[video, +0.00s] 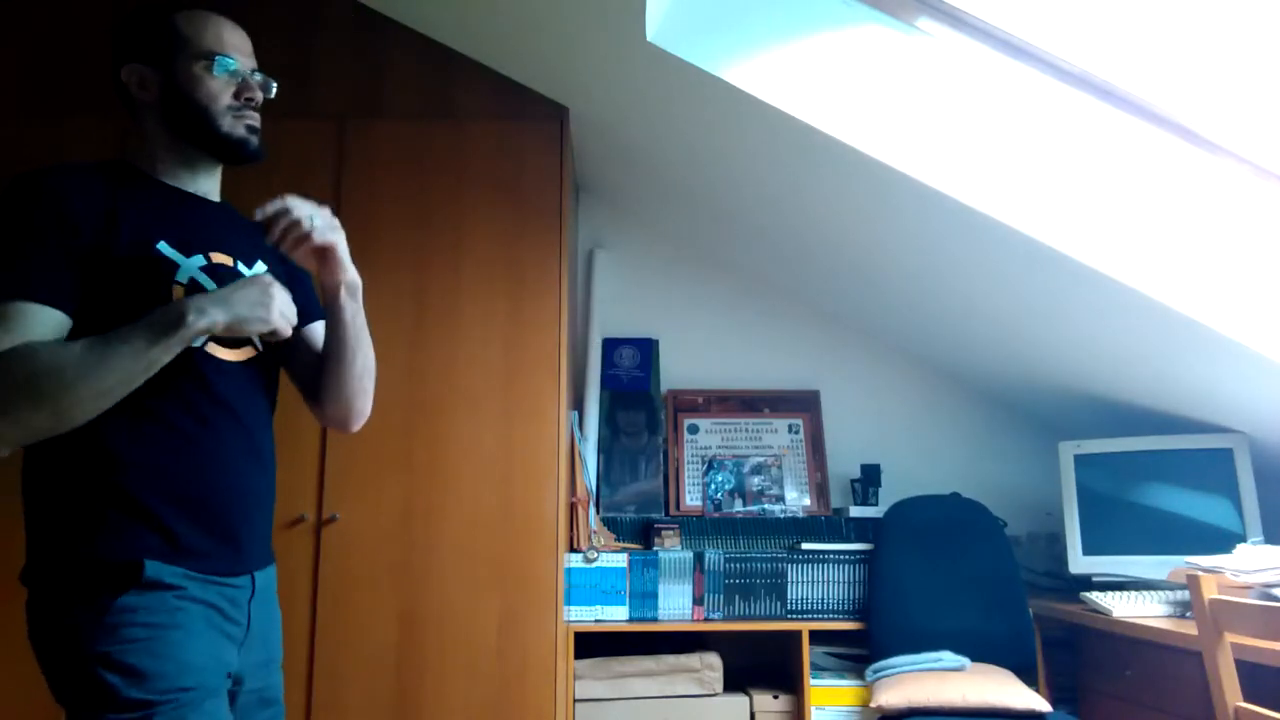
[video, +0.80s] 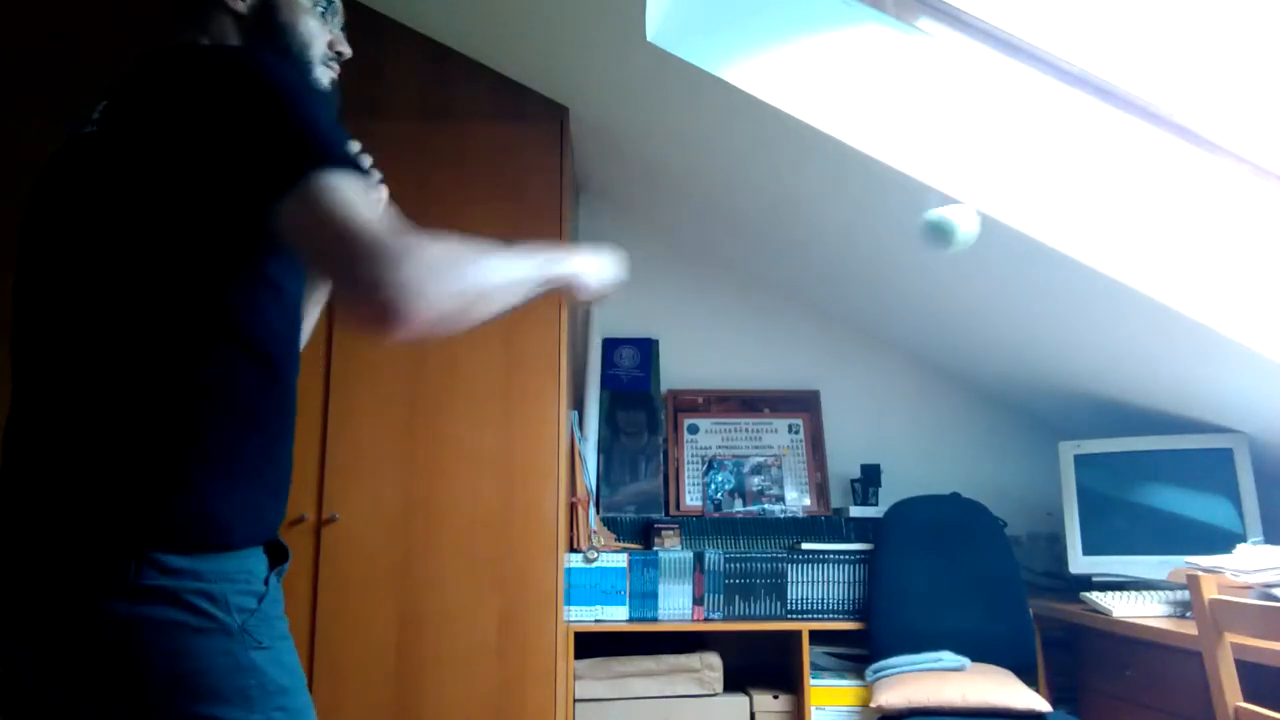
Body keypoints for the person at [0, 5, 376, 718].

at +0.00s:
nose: (255, 88)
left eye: (257, 75)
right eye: (226, 68)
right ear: (147, 83)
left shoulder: (259, 239)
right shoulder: (71, 206)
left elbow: (345, 408)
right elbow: (12, 402)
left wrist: (341, 282)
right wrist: (196, 314)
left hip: (252, 592)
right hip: (134, 594)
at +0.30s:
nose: (299, 91)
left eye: (297, 77)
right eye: (267, 66)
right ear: (186, 75)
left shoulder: (243, 239)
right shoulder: (116, 183)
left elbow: (322, 422)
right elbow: (101, 394)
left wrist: (354, 289)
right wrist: (301, 271)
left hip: (233, 595)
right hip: (153, 597)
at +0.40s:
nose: (315, 77)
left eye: (313, 61)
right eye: (285, 51)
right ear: (201, 54)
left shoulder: (224, 201)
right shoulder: (149, 160)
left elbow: (316, 408)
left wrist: (354, 260)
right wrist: (370, 243)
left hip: (213, 587)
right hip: (164, 589)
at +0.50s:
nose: (330, 60)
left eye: (328, 42)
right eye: (302, 30)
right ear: (219, 27)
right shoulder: (194, 115)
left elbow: (303, 396)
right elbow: (335, 282)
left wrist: (355, 249)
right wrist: (500, 202)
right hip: (176, 575)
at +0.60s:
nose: (346, 46)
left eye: (344, 23)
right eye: (323, 17)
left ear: (238, 25)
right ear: (242, 10)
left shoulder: (170, 115)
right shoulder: (254, 89)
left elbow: (284, 370)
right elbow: (495, 226)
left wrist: (353, 235)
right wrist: (670, 191)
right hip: (175, 574)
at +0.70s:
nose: (350, 45)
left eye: (351, 25)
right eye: (335, 16)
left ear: (243, 23)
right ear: (254, 5)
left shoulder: (157, 105)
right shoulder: (257, 79)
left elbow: (279, 350)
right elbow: (507, 230)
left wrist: (343, 232)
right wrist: (675, 226)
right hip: (173, 583)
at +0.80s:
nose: (342, 46)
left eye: (339, 22)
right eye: (325, 13)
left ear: (226, 18)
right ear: (240, 10)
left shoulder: (128, 106)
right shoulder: (243, 80)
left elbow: (251, 346)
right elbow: (398, 288)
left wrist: (346, 225)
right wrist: (561, 262)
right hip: (186, 583)